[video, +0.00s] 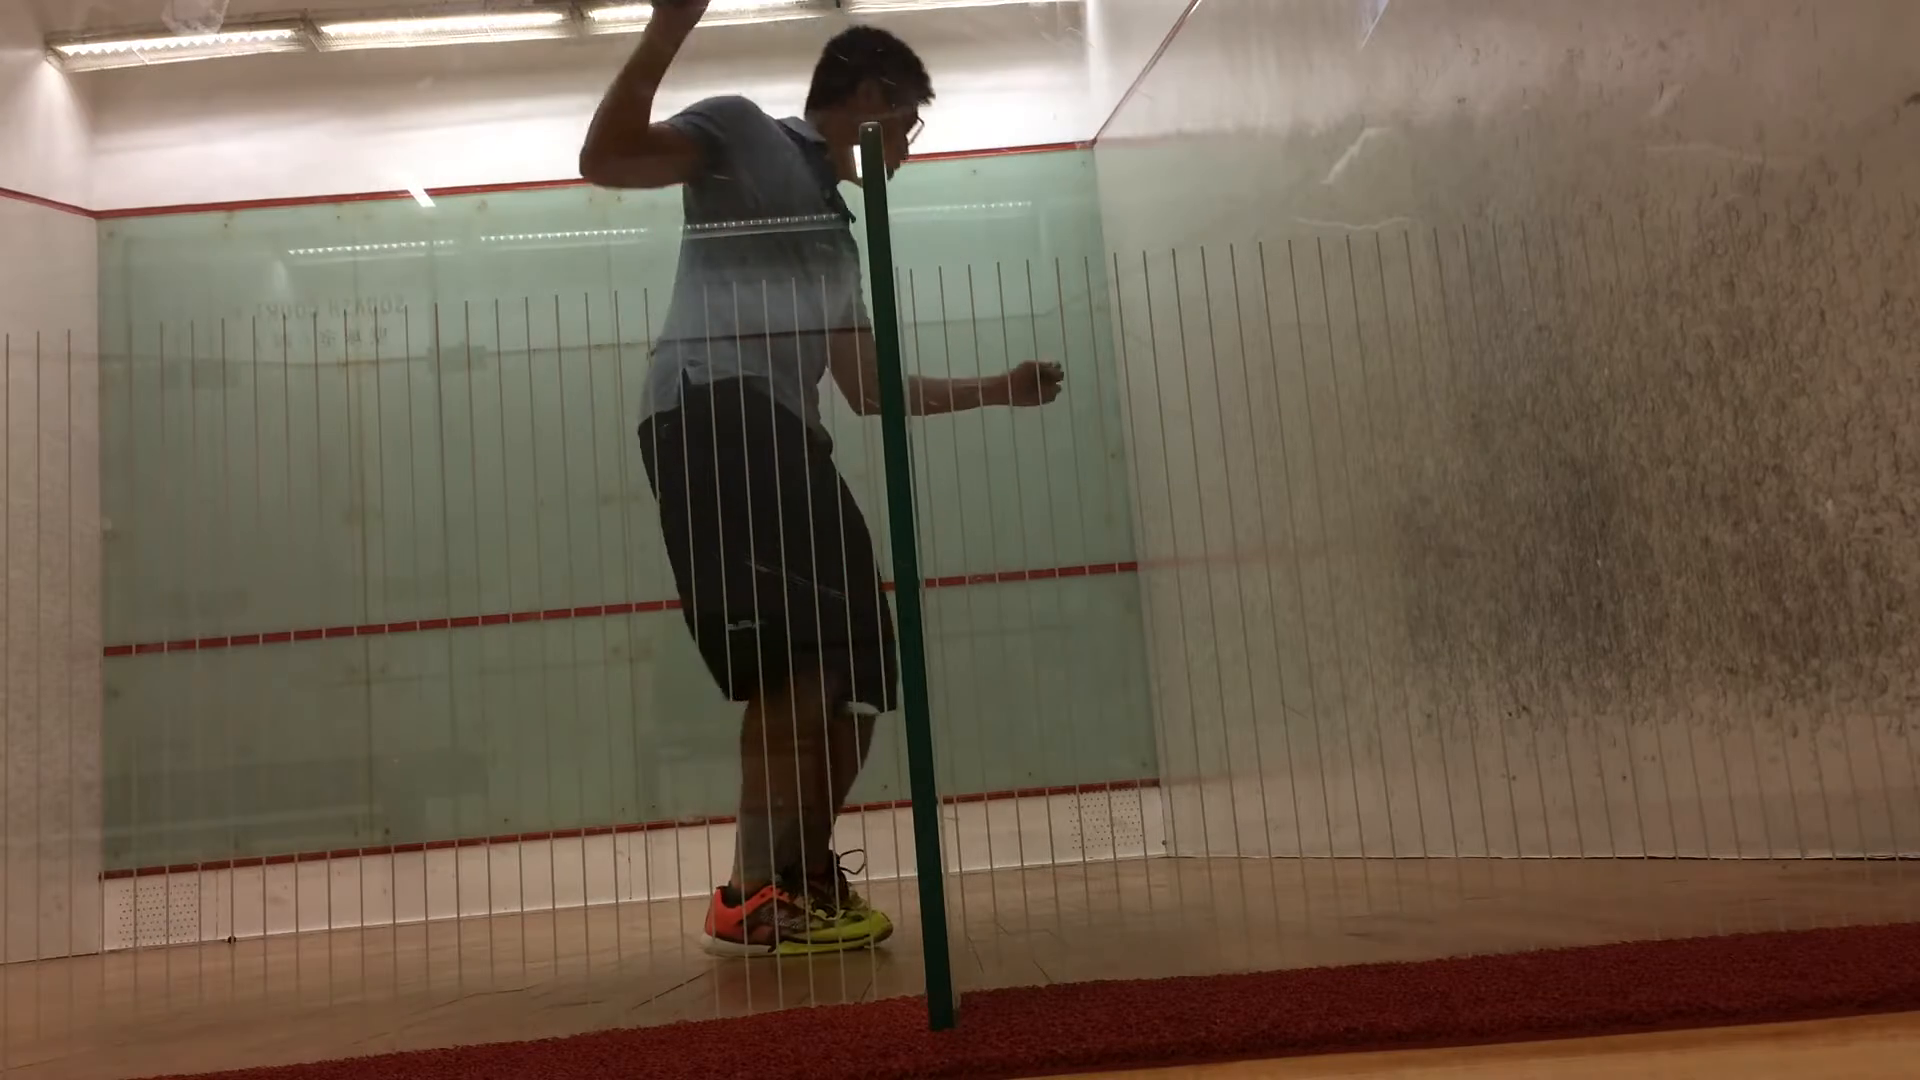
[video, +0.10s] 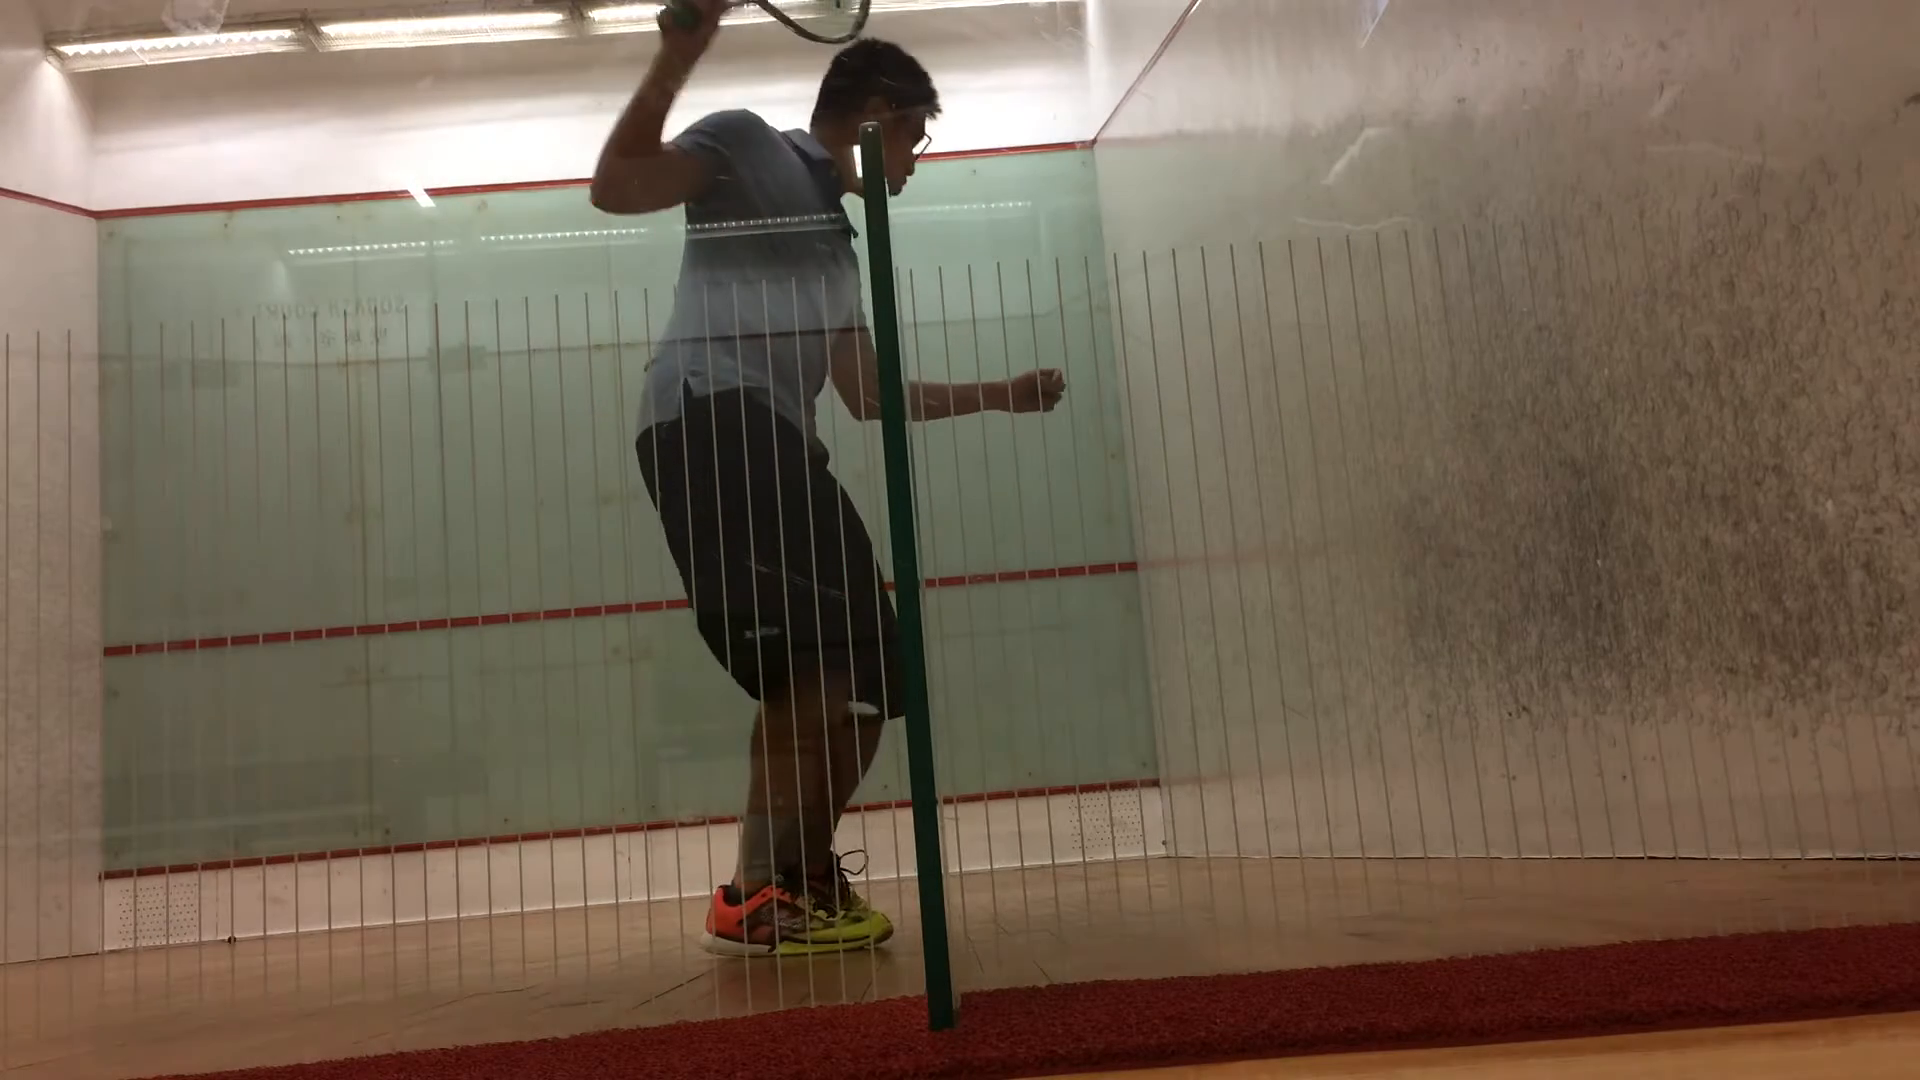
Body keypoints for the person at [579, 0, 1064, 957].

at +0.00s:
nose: (904, 139)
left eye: (912, 123)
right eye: (899, 113)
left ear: (876, 121)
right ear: (849, 95)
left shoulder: (830, 237)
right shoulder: (753, 132)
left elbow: (870, 387)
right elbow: (607, 155)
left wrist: (997, 390)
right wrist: (668, 27)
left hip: (775, 424)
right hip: (710, 409)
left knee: (862, 649)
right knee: (791, 649)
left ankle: (805, 873)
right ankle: (755, 887)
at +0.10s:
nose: (914, 158)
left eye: (920, 141)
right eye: (913, 133)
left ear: (871, 124)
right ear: (866, 110)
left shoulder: (829, 246)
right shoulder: (756, 145)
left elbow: (871, 393)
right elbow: (615, 188)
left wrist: (999, 395)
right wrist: (679, 51)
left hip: (771, 436)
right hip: (709, 419)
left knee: (875, 658)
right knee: (820, 650)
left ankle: (805, 876)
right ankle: (755, 887)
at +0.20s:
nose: (920, 161)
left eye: (925, 142)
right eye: (916, 137)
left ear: (870, 127)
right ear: (871, 119)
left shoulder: (825, 238)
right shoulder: (774, 158)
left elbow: (860, 387)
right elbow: (639, 209)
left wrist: (993, 387)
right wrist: (722, 101)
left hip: (763, 433)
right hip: (712, 422)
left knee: (874, 659)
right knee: (838, 648)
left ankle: (798, 878)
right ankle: (757, 887)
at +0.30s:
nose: (921, 158)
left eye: (923, 141)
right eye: (916, 138)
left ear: (871, 131)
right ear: (871, 128)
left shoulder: (820, 213)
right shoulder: (774, 160)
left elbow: (816, 372)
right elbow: (678, 235)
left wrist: (954, 368)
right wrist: (788, 167)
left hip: (761, 433)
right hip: (715, 428)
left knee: (855, 652)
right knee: (841, 649)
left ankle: (775, 876)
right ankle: (756, 882)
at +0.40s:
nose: (917, 159)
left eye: (921, 141)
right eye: (912, 137)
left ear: (859, 130)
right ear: (870, 127)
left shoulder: (817, 219)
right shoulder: (807, 173)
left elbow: (781, 368)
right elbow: (735, 261)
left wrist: (885, 358)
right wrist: (841, 291)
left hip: (717, 443)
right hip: (728, 435)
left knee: (807, 664)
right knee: (849, 654)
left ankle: (756, 879)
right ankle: (766, 883)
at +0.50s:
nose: (908, 163)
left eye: (914, 147)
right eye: (907, 142)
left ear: (829, 123)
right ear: (871, 127)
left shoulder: (748, 193)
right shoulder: (826, 191)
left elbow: (769, 341)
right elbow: (811, 329)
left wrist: (878, 397)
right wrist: (904, 406)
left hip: (680, 445)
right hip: (744, 441)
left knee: (764, 662)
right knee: (828, 652)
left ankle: (754, 873)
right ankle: (773, 873)